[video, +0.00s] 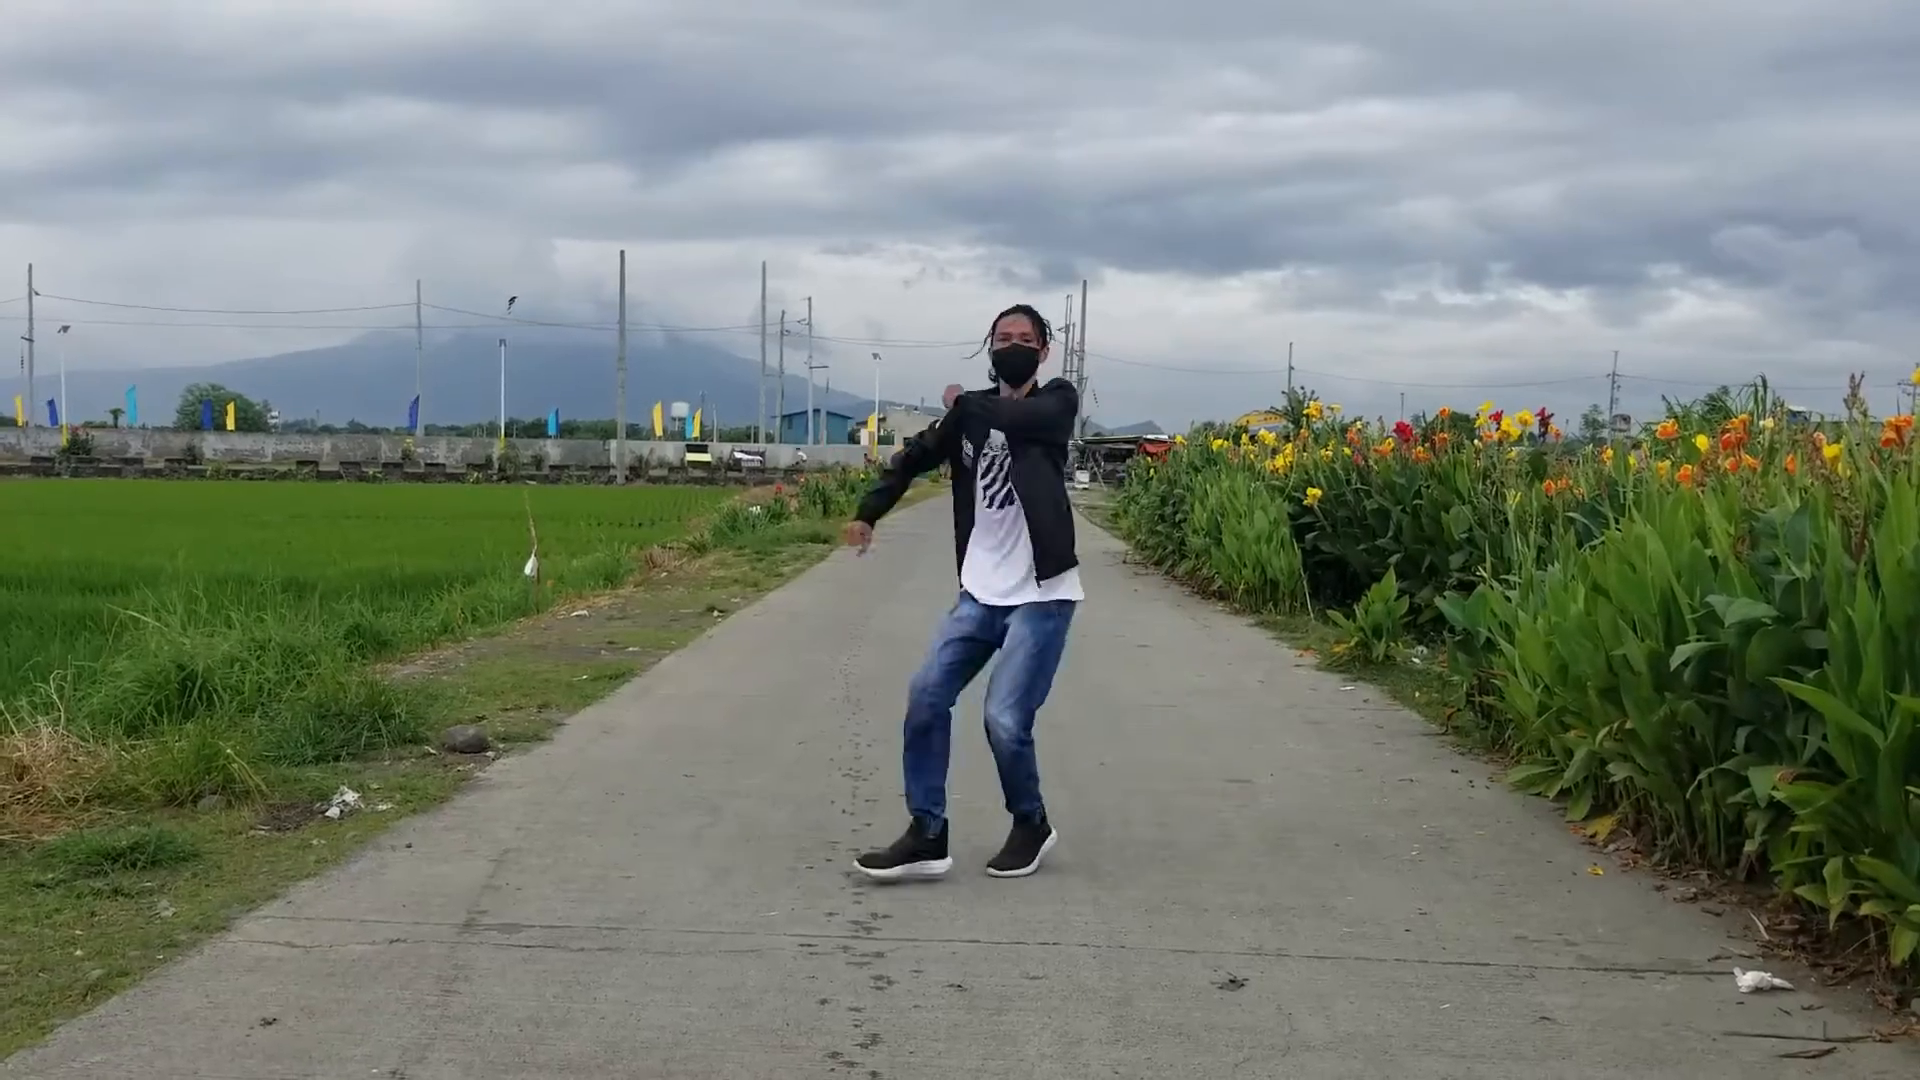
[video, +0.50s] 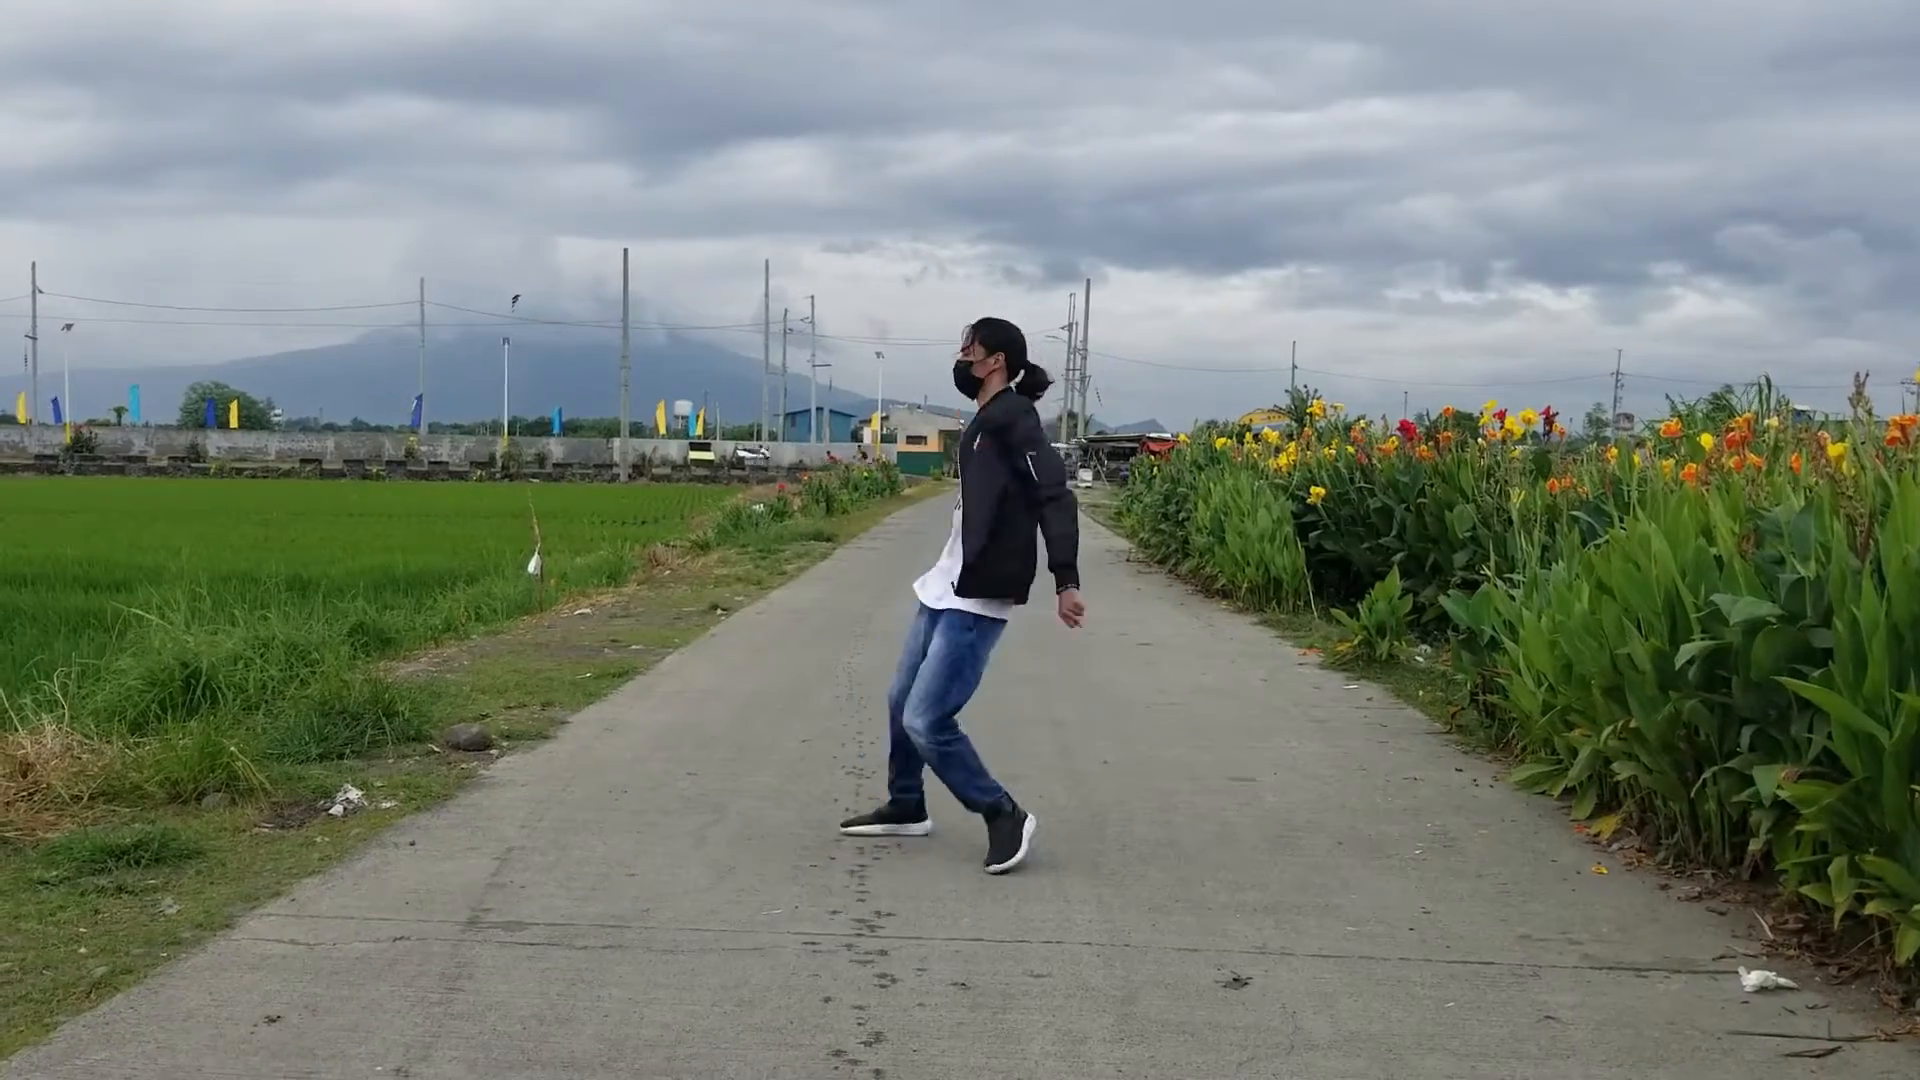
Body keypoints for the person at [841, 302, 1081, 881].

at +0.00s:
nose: (1013, 341)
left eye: (1025, 334)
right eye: (1003, 334)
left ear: (1043, 349)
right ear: (990, 348)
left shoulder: (1058, 397)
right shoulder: (967, 411)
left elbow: (1033, 419)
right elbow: (912, 462)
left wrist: (965, 402)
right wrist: (867, 514)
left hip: (1045, 592)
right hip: (982, 592)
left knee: (1004, 718)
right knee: (926, 693)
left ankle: (1030, 825)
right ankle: (927, 835)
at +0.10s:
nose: (1010, 358)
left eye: (1022, 350)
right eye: (1000, 351)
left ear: (1041, 361)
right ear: (987, 363)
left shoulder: (1051, 411)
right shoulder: (956, 424)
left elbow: (1010, 418)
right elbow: (931, 510)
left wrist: (961, 394)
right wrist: (899, 585)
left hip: (1026, 599)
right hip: (962, 600)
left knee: (997, 729)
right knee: (933, 714)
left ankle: (1025, 820)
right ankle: (922, 856)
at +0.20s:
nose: (984, 354)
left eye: (997, 348)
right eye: (981, 346)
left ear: (1028, 361)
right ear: (979, 356)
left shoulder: (1046, 418)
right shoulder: (965, 426)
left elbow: (990, 453)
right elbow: (956, 518)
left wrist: (957, 418)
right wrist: (920, 577)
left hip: (1011, 599)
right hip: (952, 592)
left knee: (979, 726)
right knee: (907, 699)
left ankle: (1020, 820)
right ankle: (906, 840)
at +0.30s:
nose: (970, 349)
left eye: (980, 342)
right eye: (970, 341)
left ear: (1012, 351)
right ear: (991, 353)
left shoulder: (1032, 414)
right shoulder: (985, 421)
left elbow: (1021, 467)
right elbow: (975, 507)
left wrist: (950, 453)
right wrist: (928, 497)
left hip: (998, 595)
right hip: (948, 585)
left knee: (961, 722)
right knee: (876, 679)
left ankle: (1018, 821)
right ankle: (895, 811)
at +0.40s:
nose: (965, 346)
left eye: (974, 338)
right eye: (967, 338)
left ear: (1002, 351)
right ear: (997, 353)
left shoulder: (1023, 405)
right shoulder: (992, 411)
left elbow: (1059, 462)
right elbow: (997, 473)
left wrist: (986, 516)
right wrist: (966, 432)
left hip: (989, 590)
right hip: (948, 580)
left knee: (946, 720)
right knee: (875, 684)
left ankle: (1013, 817)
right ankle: (895, 799)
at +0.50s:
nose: (960, 356)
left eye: (969, 348)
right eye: (963, 348)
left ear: (997, 360)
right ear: (994, 361)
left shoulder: (1017, 418)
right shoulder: (984, 418)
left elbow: (1055, 496)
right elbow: (995, 501)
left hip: (982, 596)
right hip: (944, 584)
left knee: (926, 721)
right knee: (901, 701)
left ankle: (1003, 816)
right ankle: (905, 807)